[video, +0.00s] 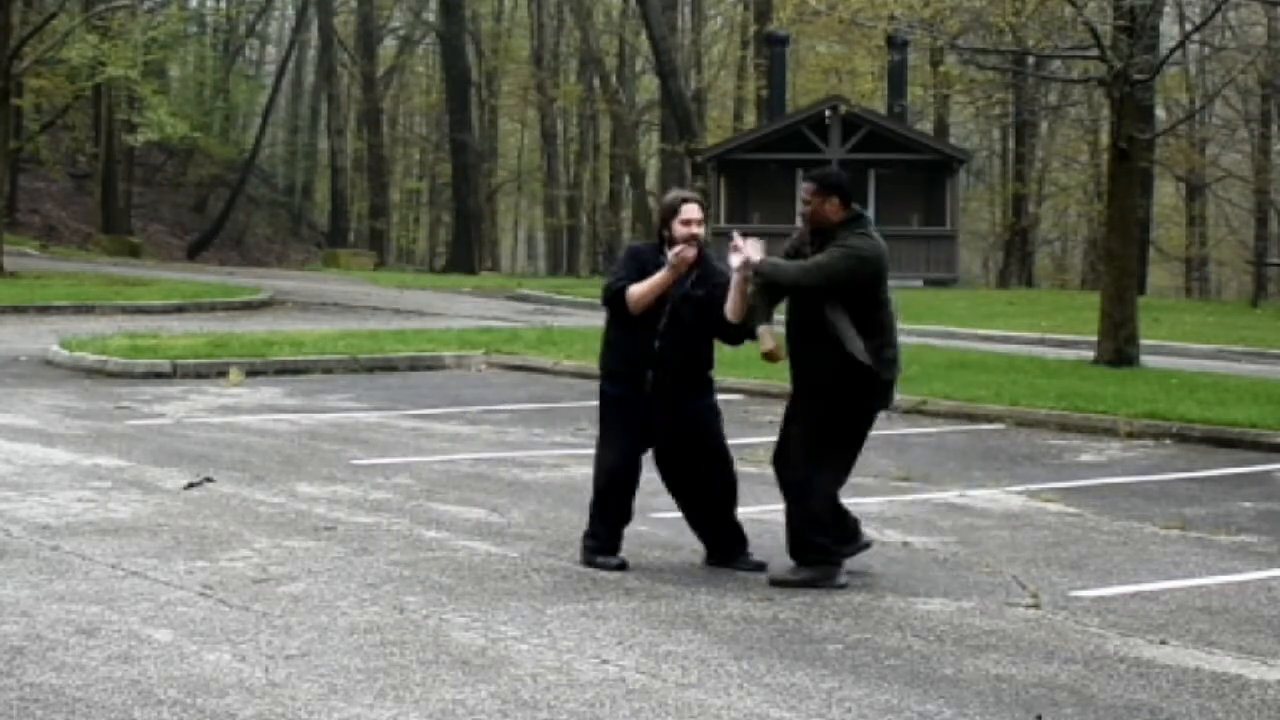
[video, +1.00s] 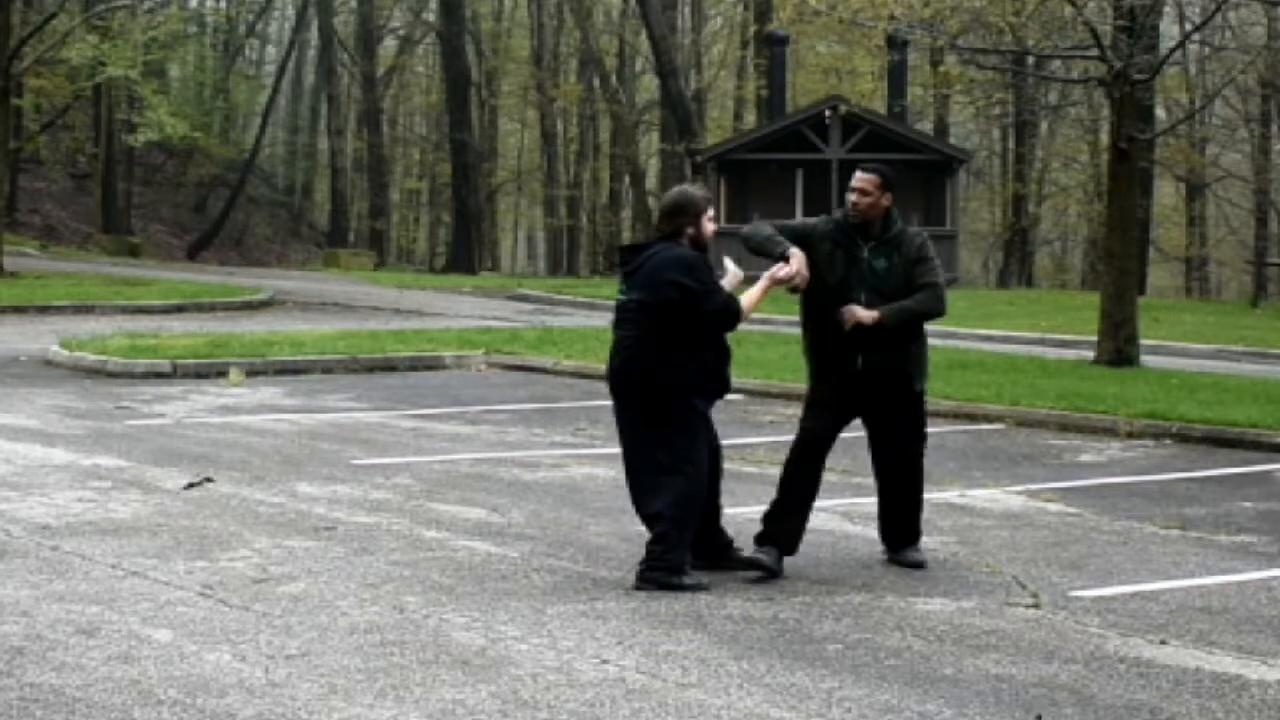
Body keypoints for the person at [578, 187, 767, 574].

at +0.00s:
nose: (694, 230)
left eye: (699, 223)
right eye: (686, 223)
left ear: (706, 228)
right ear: (666, 227)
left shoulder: (711, 273)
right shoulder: (639, 258)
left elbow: (732, 331)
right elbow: (621, 306)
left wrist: (740, 277)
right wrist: (670, 271)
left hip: (686, 391)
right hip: (630, 389)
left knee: (710, 470)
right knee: (616, 470)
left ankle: (725, 549)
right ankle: (600, 547)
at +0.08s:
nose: (698, 231)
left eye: (704, 223)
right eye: (690, 223)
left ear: (710, 228)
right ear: (670, 227)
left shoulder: (716, 274)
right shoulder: (643, 260)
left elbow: (747, 331)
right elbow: (628, 307)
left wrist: (744, 292)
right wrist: (682, 270)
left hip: (691, 391)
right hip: (634, 389)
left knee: (711, 470)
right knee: (615, 470)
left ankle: (727, 550)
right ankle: (600, 548)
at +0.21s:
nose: (704, 223)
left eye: (707, 215)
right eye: (695, 216)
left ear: (712, 219)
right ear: (672, 221)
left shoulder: (720, 262)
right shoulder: (654, 258)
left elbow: (762, 299)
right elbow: (698, 281)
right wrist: (739, 241)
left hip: (702, 387)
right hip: (647, 386)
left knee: (719, 469)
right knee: (623, 468)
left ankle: (729, 549)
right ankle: (602, 546)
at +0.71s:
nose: (725, 218)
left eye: (723, 210)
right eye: (717, 212)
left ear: (685, 218)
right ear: (695, 218)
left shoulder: (666, 255)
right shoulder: (699, 257)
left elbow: (737, 299)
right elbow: (749, 292)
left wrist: (801, 300)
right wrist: (780, 277)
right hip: (686, 384)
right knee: (681, 464)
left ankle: (728, 549)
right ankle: (649, 559)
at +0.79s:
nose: (728, 226)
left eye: (727, 218)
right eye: (722, 219)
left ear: (690, 225)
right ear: (701, 224)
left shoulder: (665, 262)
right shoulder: (702, 264)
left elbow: (732, 306)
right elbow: (744, 305)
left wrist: (799, 311)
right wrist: (782, 283)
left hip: (650, 382)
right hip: (683, 389)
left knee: (671, 467)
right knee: (689, 467)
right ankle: (659, 565)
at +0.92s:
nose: (726, 229)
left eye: (725, 221)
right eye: (721, 222)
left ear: (684, 226)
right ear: (700, 227)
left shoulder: (659, 262)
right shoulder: (695, 268)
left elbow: (703, 307)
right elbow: (737, 318)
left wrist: (751, 308)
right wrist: (775, 291)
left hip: (643, 384)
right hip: (675, 392)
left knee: (703, 466)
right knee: (692, 469)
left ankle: (722, 548)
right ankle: (661, 566)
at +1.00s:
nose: (714, 227)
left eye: (713, 218)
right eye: (710, 219)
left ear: (673, 223)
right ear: (692, 225)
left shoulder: (647, 261)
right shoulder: (684, 263)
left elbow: (687, 306)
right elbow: (726, 315)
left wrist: (723, 283)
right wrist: (766, 283)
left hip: (643, 386)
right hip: (671, 392)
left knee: (703, 459)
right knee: (692, 466)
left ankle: (708, 545)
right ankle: (662, 564)